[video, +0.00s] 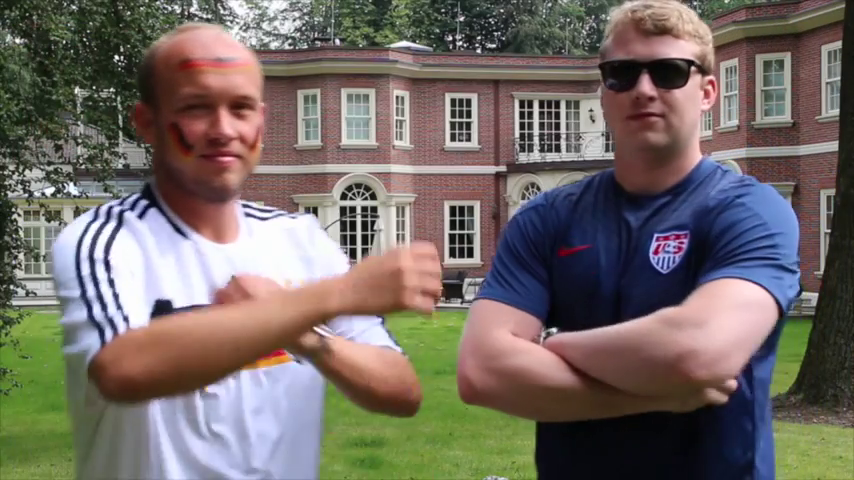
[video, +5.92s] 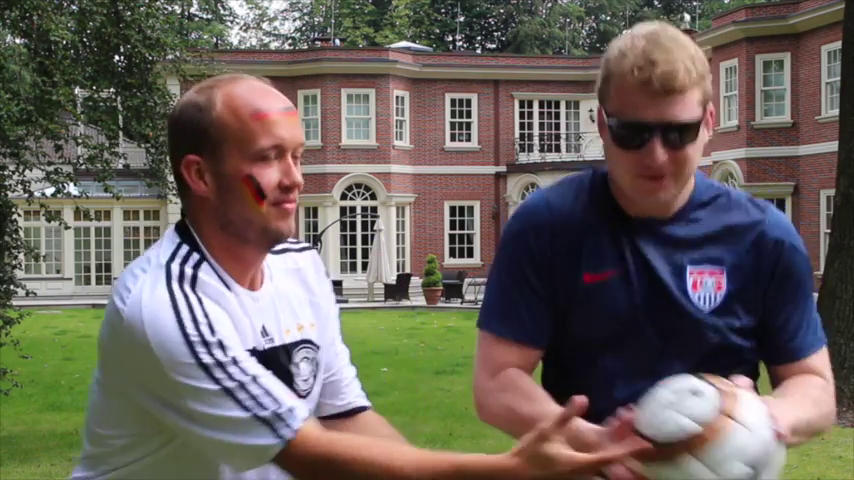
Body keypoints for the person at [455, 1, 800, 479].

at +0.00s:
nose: (643, 89)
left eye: (668, 72)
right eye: (622, 74)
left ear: (707, 93)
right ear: (602, 95)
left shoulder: (751, 211)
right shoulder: (542, 221)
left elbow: (696, 357)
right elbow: (481, 372)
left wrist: (550, 345)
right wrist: (655, 394)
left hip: (712, 471)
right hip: (571, 472)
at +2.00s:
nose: (640, 97)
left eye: (662, 78)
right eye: (616, 80)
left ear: (695, 93)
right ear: (589, 97)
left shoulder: (751, 219)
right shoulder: (530, 227)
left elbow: (747, 388)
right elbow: (481, 391)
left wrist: (558, 360)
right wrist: (672, 410)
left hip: (714, 473)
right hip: (565, 473)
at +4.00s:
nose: (650, 98)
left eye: (672, 79)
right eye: (626, 80)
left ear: (704, 92)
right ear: (597, 97)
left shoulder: (760, 221)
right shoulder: (538, 227)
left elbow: (758, 388)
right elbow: (490, 391)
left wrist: (568, 361)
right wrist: (684, 412)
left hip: (722, 473)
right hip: (573, 473)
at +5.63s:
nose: (711, 102)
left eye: (720, 84)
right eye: (684, 82)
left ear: (728, 92)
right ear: (618, 93)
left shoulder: (753, 211)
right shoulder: (542, 213)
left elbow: (789, 374)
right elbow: (497, 387)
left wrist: (592, 346)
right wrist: (653, 457)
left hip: (724, 472)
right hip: (578, 469)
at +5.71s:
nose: (700, 115)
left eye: (713, 95)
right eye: (674, 95)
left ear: (723, 97)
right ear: (611, 100)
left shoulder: (760, 214)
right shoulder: (542, 213)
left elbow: (847, 368)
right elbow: (498, 380)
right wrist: (590, 454)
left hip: (730, 469)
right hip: (593, 473)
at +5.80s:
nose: (679, 132)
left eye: (695, 108)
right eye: (653, 113)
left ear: (710, 105)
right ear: (601, 113)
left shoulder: (763, 214)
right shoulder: (542, 211)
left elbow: (823, 342)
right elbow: (492, 378)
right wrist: (600, 415)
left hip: (729, 470)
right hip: (592, 474)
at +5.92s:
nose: (655, 156)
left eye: (677, 133)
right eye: (632, 133)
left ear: (708, 122)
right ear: (601, 123)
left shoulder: (762, 236)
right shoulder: (544, 224)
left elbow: (811, 383)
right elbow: (495, 381)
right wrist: (582, 438)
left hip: (718, 466)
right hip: (591, 471)